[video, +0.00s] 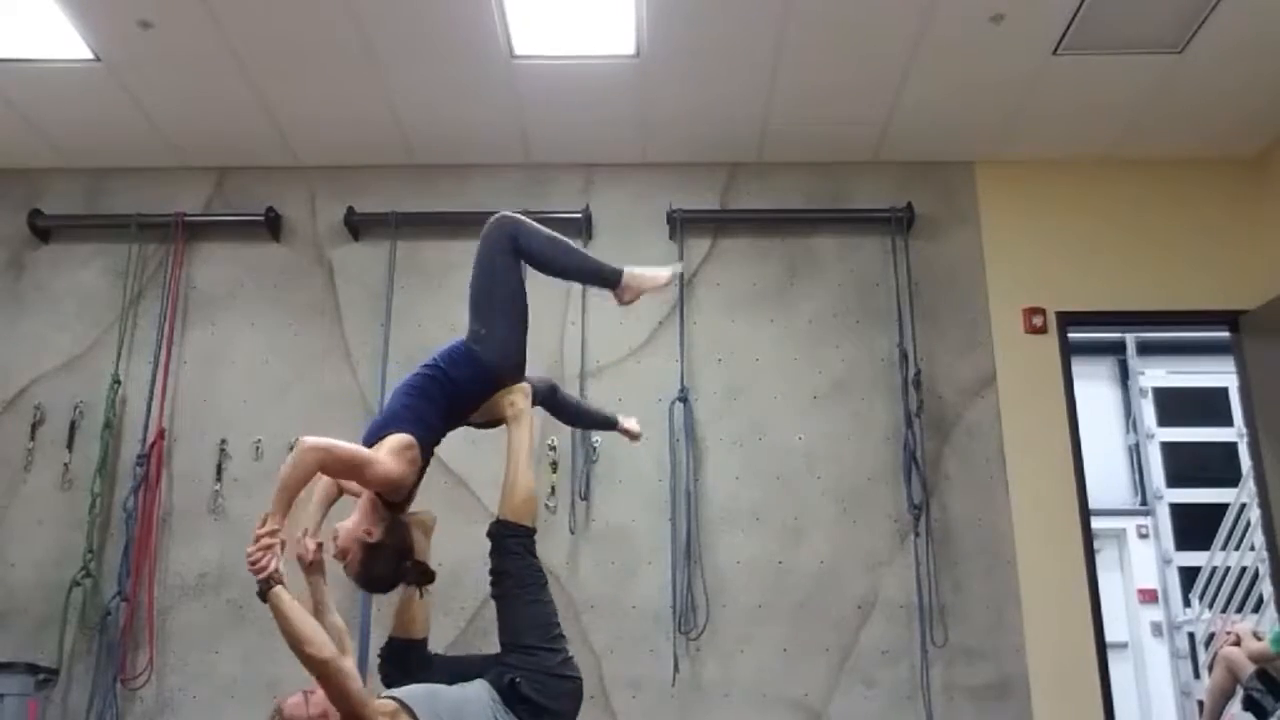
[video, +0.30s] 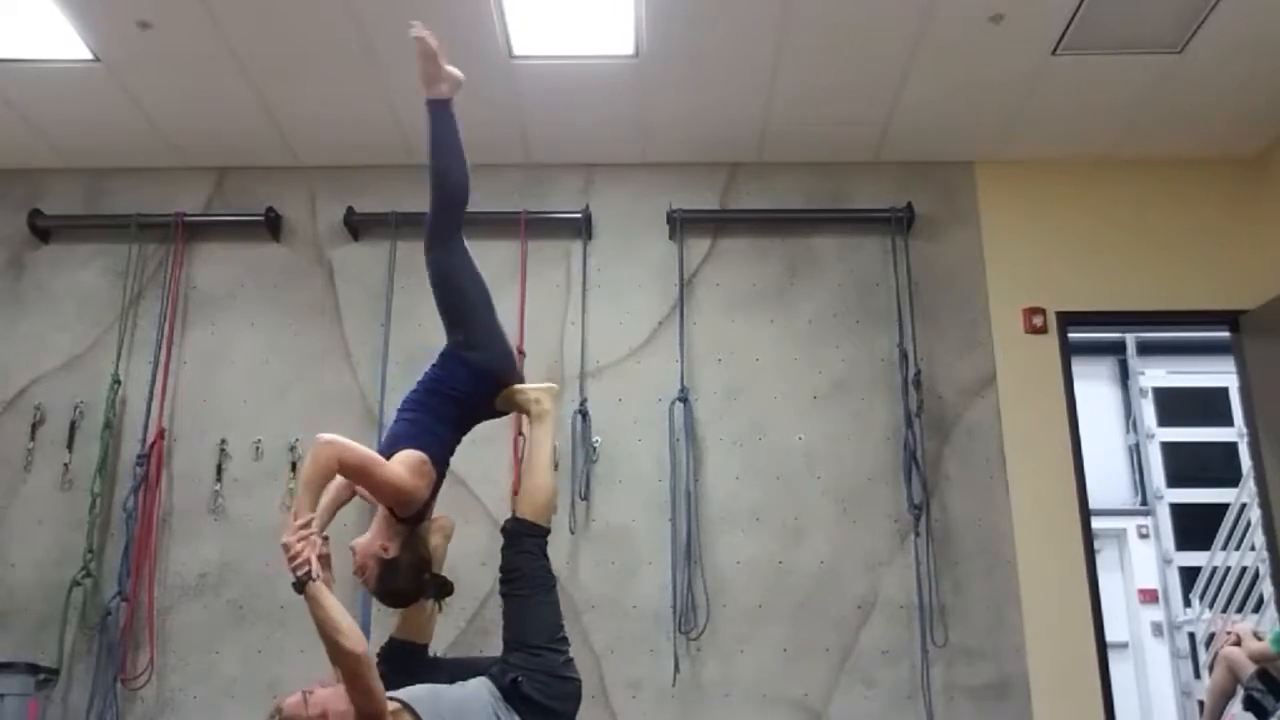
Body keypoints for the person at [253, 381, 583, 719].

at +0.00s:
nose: (310, 692)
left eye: (304, 696)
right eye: (306, 703)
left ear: (320, 700)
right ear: (318, 716)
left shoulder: (366, 705)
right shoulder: (372, 713)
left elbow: (339, 651)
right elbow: (326, 659)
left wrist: (314, 580)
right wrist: (269, 586)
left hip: (512, 686)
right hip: (541, 691)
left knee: (404, 669)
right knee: (512, 546)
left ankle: (419, 542)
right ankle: (520, 415)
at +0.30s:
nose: (312, 693)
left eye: (305, 696)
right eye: (310, 707)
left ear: (322, 690)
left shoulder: (374, 704)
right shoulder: (379, 715)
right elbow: (351, 650)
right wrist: (311, 580)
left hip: (512, 682)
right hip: (540, 696)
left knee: (400, 664)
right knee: (524, 540)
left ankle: (434, 539)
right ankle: (540, 413)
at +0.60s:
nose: (313, 694)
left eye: (304, 695)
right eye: (310, 710)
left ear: (316, 687)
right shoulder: (376, 711)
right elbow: (362, 640)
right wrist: (344, 553)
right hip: (539, 699)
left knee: (405, 658)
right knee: (519, 548)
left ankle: (443, 534)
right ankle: (529, 412)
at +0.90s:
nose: (320, 688)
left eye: (310, 693)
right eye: (314, 703)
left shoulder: (376, 702)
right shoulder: (381, 710)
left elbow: (370, 630)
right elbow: (377, 629)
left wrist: (350, 543)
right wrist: (356, 540)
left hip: (516, 689)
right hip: (549, 700)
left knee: (429, 628)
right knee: (522, 557)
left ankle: (468, 501)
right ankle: (528, 429)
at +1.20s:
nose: (321, 685)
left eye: (307, 690)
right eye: (310, 700)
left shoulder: (377, 699)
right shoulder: (379, 712)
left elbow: (382, 636)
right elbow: (390, 635)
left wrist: (374, 556)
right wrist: (377, 556)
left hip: (518, 699)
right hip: (547, 706)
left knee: (477, 574)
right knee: (469, 576)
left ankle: (489, 495)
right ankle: (543, 467)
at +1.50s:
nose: (320, 687)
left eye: (309, 691)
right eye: (313, 702)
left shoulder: (381, 700)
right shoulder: (381, 711)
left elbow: (381, 643)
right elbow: (401, 640)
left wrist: (372, 569)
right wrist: (397, 549)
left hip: (521, 698)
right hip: (545, 701)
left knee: (467, 590)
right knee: (428, 594)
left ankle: (486, 475)